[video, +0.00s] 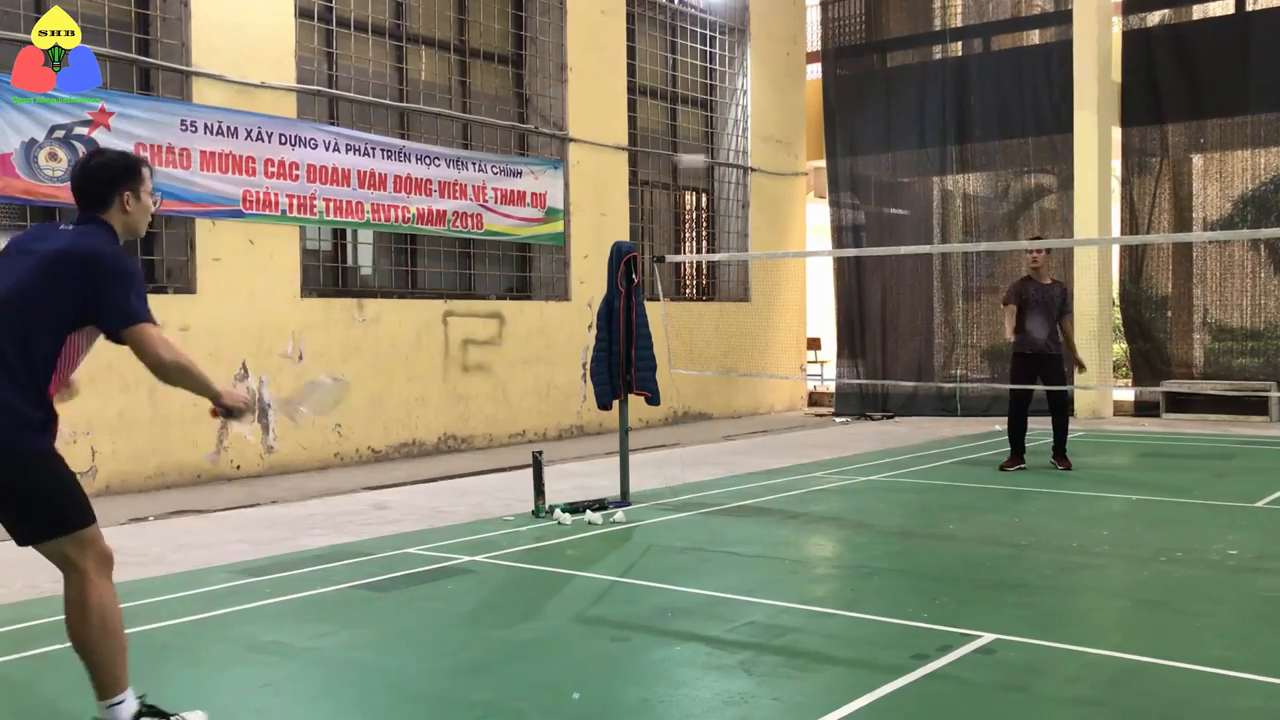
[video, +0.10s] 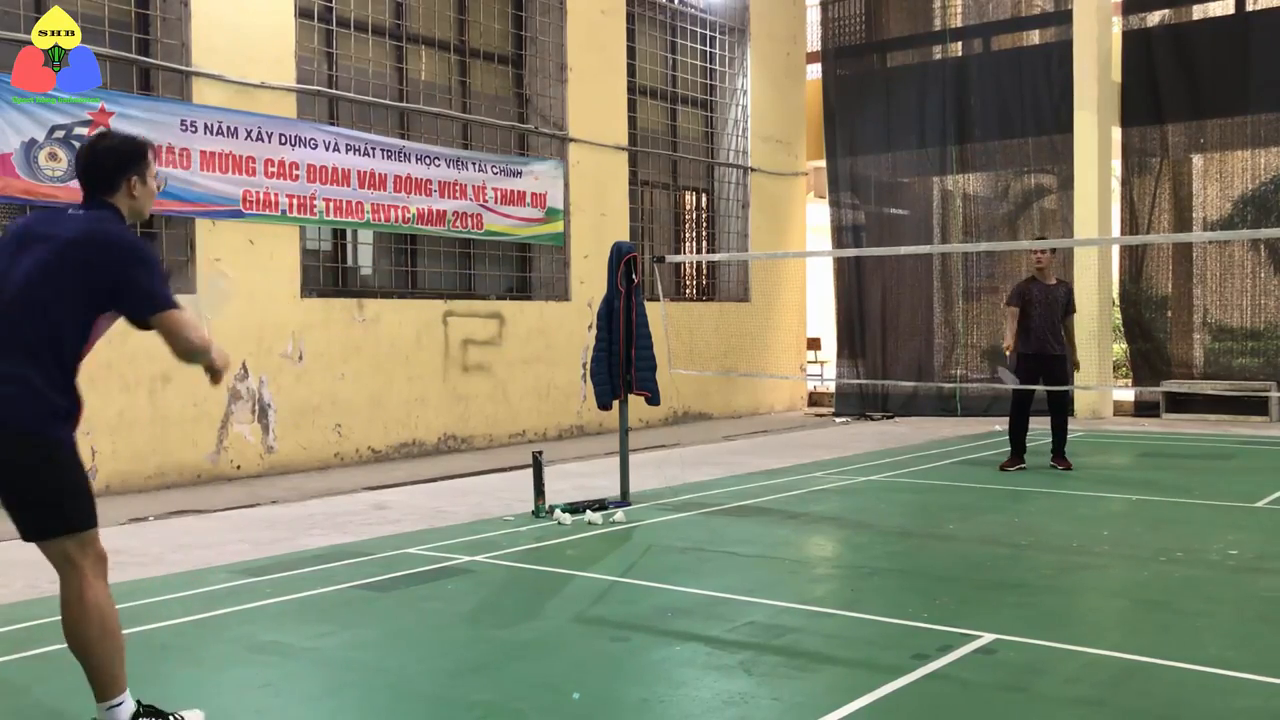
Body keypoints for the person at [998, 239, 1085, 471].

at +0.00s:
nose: (1033, 255)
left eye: (1038, 252)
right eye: (1030, 252)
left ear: (1047, 256)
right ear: (1026, 257)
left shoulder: (1060, 289)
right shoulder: (1018, 287)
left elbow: (1066, 325)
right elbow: (1010, 312)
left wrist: (1075, 355)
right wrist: (1009, 331)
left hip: (1052, 355)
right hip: (1023, 354)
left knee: (1059, 406)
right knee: (1018, 405)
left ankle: (1060, 454)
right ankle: (1016, 456)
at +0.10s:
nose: (1037, 256)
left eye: (1042, 252)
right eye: (1034, 253)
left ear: (1052, 256)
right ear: (1030, 257)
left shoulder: (1065, 289)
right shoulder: (1022, 288)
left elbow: (1069, 325)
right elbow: (1012, 318)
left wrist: (1073, 354)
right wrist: (1009, 339)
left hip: (1056, 356)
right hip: (1027, 355)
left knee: (1059, 407)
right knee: (1020, 406)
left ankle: (1059, 455)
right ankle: (1017, 456)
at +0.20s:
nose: (1041, 258)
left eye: (1046, 253)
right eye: (1038, 254)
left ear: (1057, 257)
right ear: (1035, 258)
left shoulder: (1070, 291)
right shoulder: (1026, 288)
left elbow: (1073, 325)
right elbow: (1011, 315)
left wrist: (1079, 357)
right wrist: (1009, 333)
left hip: (1060, 358)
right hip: (1030, 357)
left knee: (1062, 410)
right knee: (1021, 406)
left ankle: (1059, 456)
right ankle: (1017, 455)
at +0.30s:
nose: (1043, 258)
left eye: (1047, 254)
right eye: (1039, 254)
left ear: (1058, 257)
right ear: (1036, 258)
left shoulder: (1071, 290)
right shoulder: (1028, 289)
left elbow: (1078, 325)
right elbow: (1008, 315)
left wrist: (1086, 358)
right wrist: (1020, 314)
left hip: (1061, 358)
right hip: (1032, 356)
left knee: (1063, 409)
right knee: (1023, 405)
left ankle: (1059, 455)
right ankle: (1022, 454)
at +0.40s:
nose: (1042, 258)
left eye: (1047, 253)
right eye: (1039, 254)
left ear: (1058, 257)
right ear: (1035, 258)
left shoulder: (1071, 290)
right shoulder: (1028, 287)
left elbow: (1081, 324)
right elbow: (1006, 312)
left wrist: (1093, 355)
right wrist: (1023, 296)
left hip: (1061, 357)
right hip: (1032, 355)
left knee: (1063, 408)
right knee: (1025, 405)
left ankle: (1059, 455)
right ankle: (1026, 455)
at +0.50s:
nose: (1041, 257)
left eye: (1046, 253)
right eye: (1038, 253)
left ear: (1056, 256)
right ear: (1034, 257)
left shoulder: (1070, 288)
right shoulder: (1029, 286)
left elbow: (1081, 321)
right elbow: (1007, 305)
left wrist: (1096, 348)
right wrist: (1028, 282)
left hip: (1061, 357)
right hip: (1032, 355)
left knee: (1063, 408)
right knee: (1027, 406)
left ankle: (1059, 455)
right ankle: (1027, 456)